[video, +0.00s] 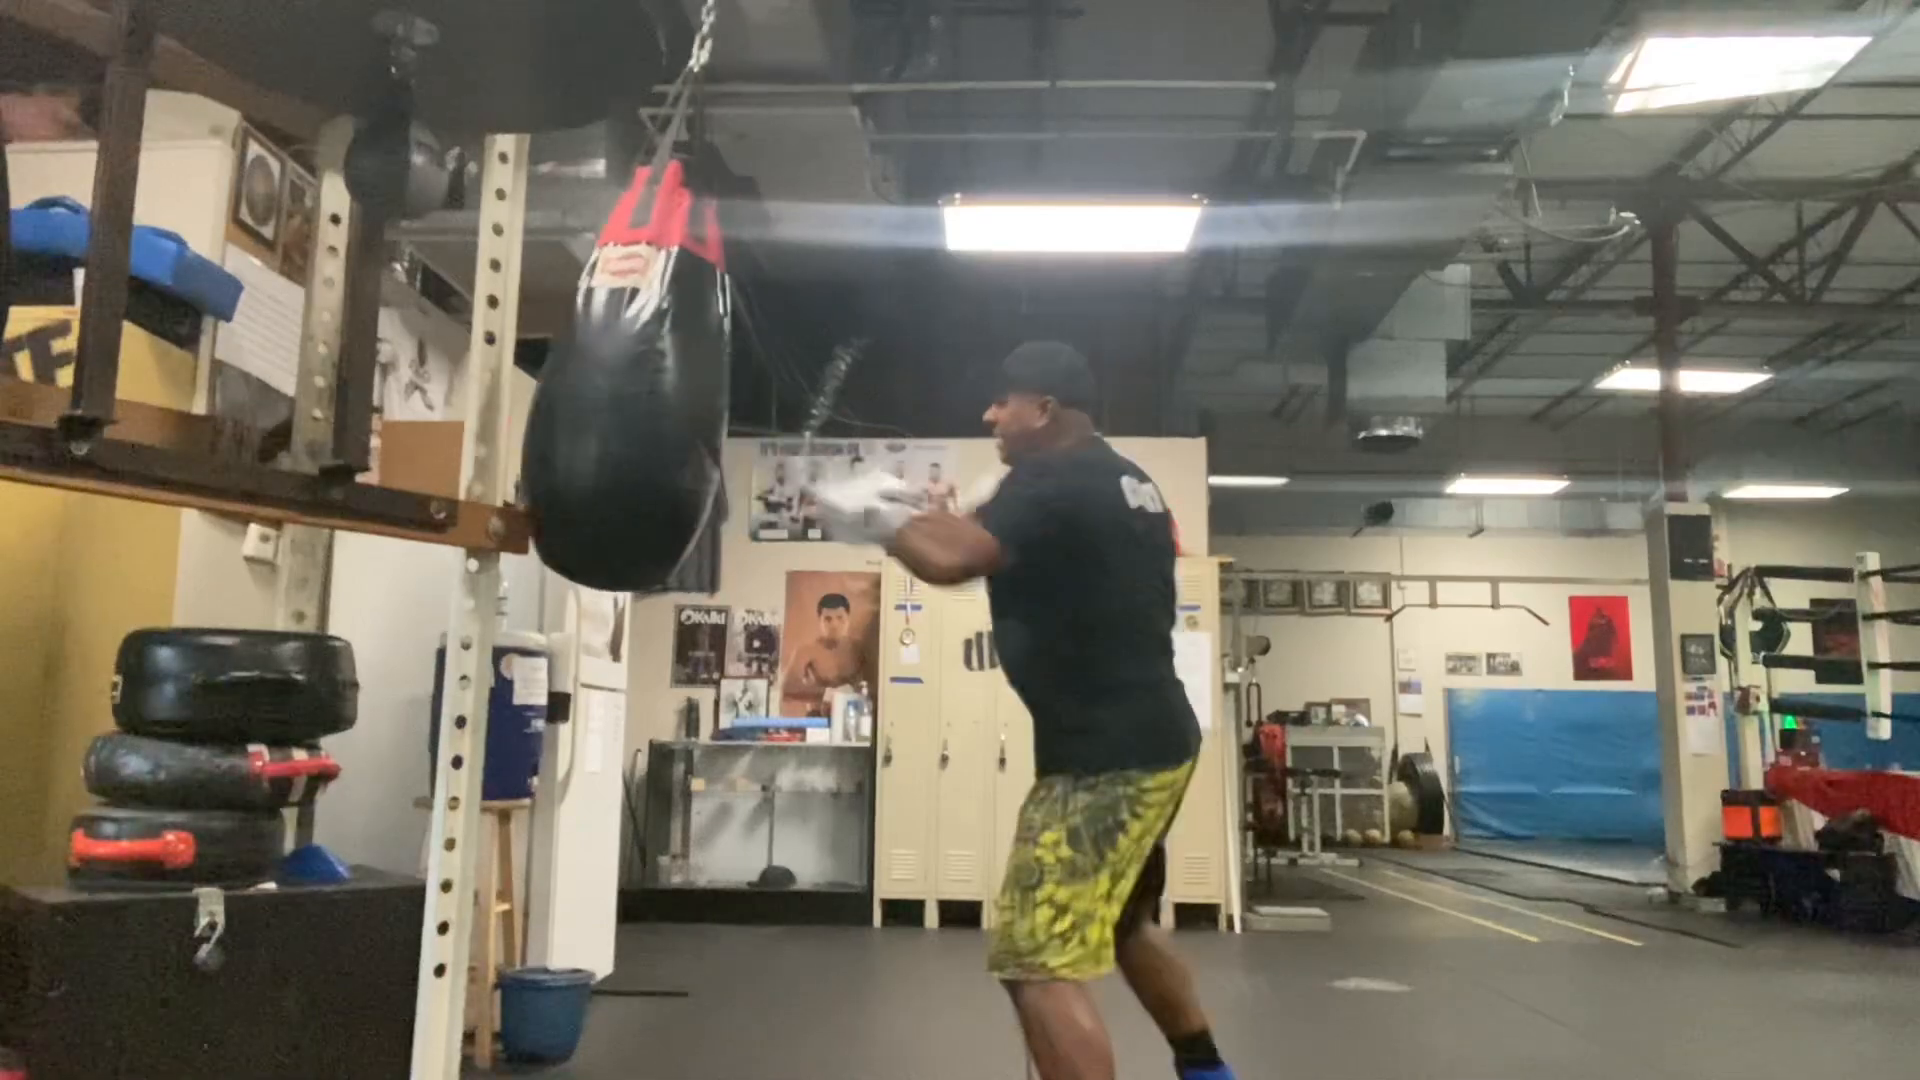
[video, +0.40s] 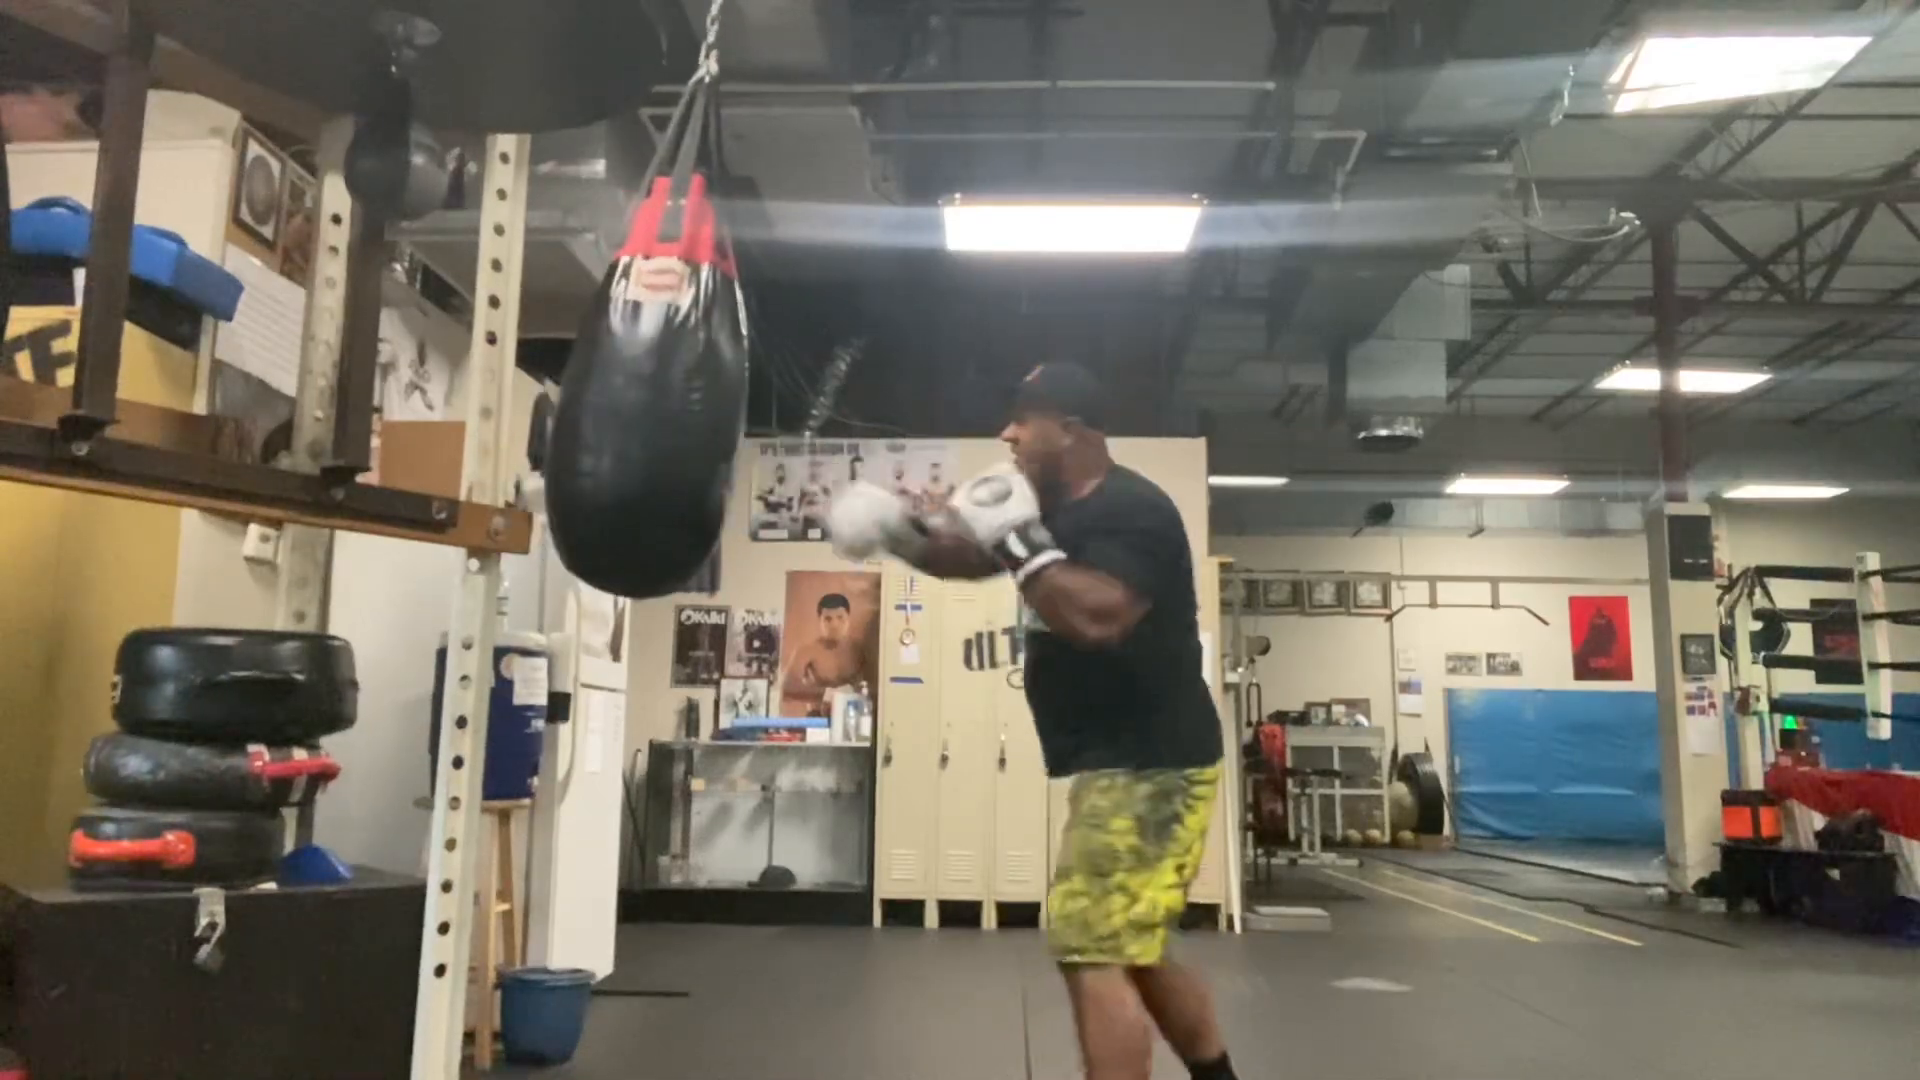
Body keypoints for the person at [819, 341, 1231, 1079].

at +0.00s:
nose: (991, 415)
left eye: (1005, 400)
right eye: (997, 400)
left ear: (1045, 409)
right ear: (1060, 411)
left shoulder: (1053, 487)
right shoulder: (1126, 479)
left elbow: (949, 556)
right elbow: (1040, 555)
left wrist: (878, 517)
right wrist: (957, 519)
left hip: (1102, 757)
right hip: (1157, 743)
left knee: (1038, 961)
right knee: (1127, 927)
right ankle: (1206, 1068)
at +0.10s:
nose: (989, 404)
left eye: (1004, 389)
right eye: (994, 388)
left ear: (1051, 402)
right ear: (1053, 404)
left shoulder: (1100, 477)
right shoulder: (1074, 477)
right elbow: (1061, 567)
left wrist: (980, 530)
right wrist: (998, 509)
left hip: (1110, 753)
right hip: (1134, 745)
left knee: (1061, 955)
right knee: (1156, 924)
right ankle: (1214, 1069)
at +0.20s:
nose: (1009, 421)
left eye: (1025, 405)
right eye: (1007, 407)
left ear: (1077, 405)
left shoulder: (1126, 478)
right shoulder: (1056, 477)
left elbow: (1112, 590)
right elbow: (987, 504)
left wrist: (1036, 496)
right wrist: (927, 473)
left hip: (1136, 744)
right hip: (1082, 745)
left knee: (1103, 943)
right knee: (1148, 932)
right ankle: (1210, 1068)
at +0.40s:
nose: (1010, 435)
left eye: (1024, 421)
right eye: (1012, 420)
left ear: (1072, 431)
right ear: (1062, 432)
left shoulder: (1134, 510)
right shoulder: (1053, 512)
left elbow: (1101, 618)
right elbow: (968, 556)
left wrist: (1016, 545)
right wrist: (898, 529)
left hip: (1147, 762)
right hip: (1121, 760)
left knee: (1088, 948)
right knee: (1140, 949)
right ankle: (1217, 1074)